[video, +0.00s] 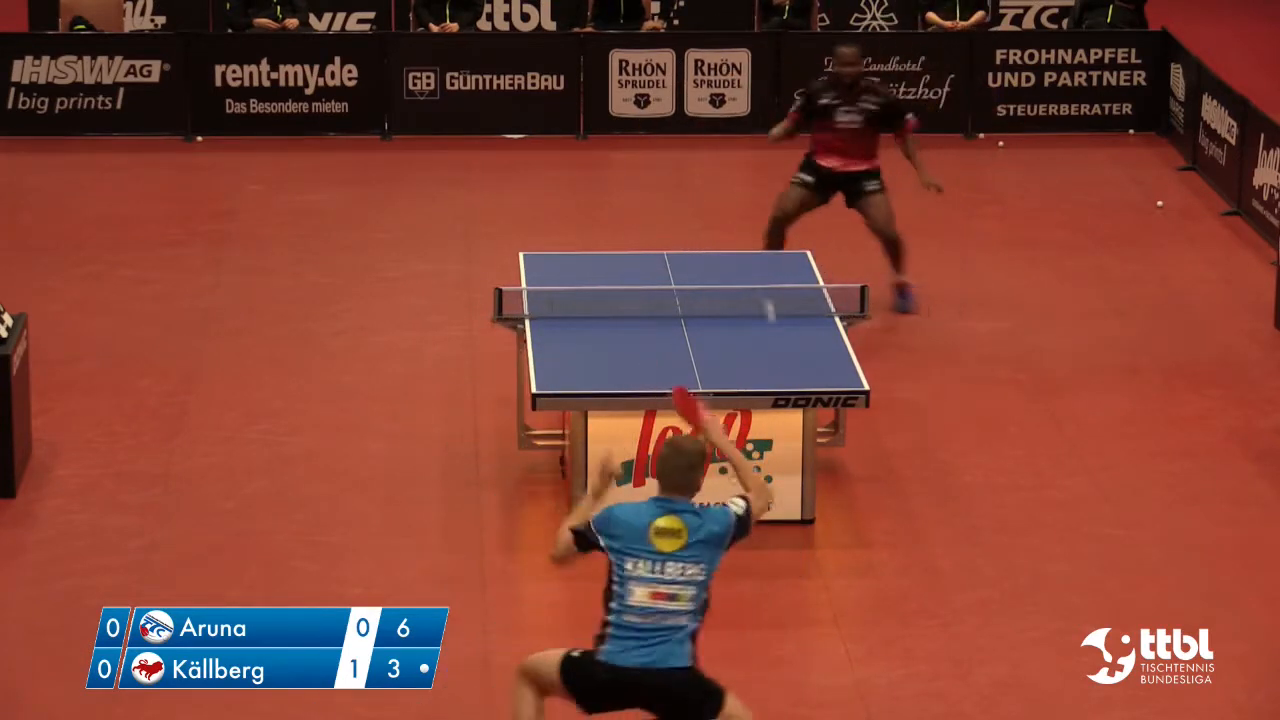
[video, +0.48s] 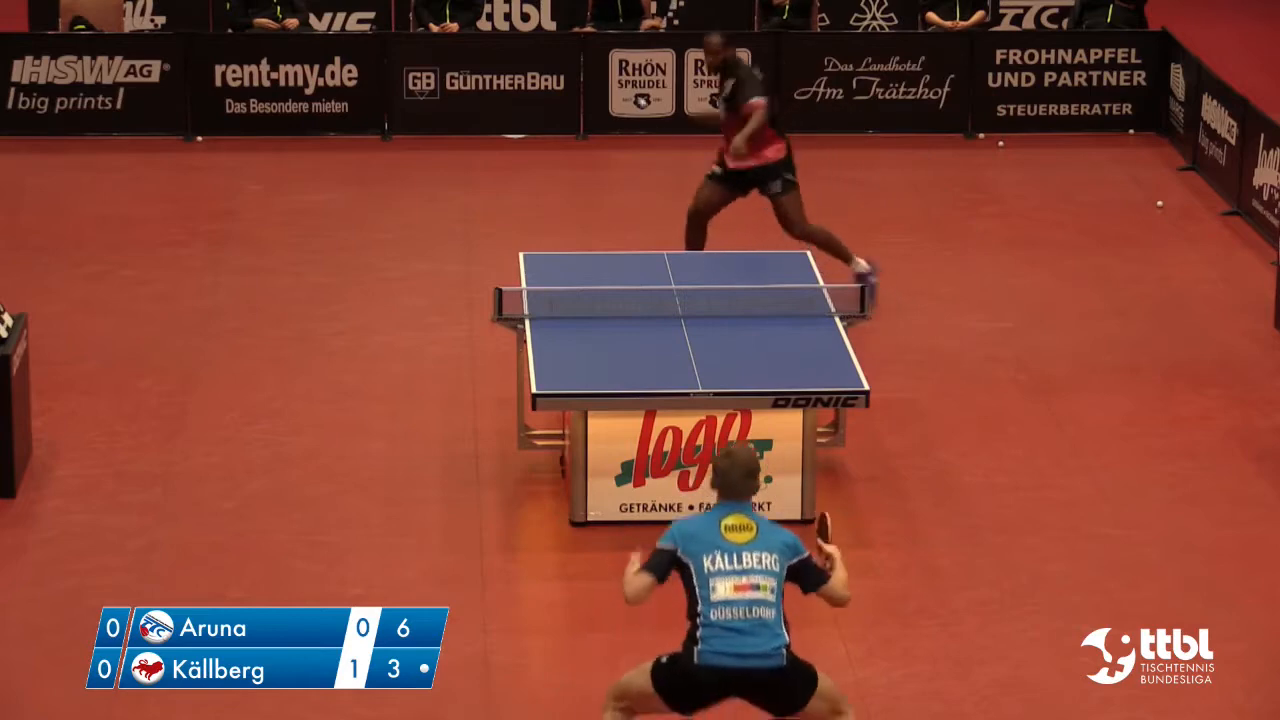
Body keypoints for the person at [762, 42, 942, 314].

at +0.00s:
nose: (847, 70)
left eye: (853, 65)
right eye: (842, 65)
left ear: (862, 65)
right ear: (833, 66)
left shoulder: (878, 96)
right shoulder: (819, 91)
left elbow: (903, 133)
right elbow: (794, 120)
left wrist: (923, 174)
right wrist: (782, 130)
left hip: (863, 174)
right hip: (820, 170)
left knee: (886, 230)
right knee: (780, 216)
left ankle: (901, 284)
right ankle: (769, 277)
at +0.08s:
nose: (811, 78)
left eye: (816, 72)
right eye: (806, 73)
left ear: (826, 72)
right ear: (798, 74)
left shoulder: (847, 101)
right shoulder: (788, 101)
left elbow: (871, 141)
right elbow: (775, 142)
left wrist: (877, 184)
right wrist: (754, 150)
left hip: (841, 179)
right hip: (800, 176)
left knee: (852, 241)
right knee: (752, 224)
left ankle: (873, 285)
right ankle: (727, 276)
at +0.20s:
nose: (759, 96)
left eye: (765, 90)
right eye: (755, 90)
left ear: (776, 91)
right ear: (749, 92)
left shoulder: (787, 115)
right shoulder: (757, 118)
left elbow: (799, 159)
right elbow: (759, 161)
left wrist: (766, 188)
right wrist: (729, 190)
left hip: (809, 193)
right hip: (775, 192)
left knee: (822, 259)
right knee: (717, 224)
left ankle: (875, 280)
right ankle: (698, 283)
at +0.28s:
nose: (733, 100)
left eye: (738, 94)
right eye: (729, 95)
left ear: (753, 93)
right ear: (725, 94)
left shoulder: (763, 116)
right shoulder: (740, 116)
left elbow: (750, 160)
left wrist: (713, 187)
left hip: (796, 196)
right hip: (760, 192)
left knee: (811, 267)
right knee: (706, 217)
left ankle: (877, 278)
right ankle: (699, 277)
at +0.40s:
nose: (713, 85)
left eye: (718, 79)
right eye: (710, 79)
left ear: (733, 76)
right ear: (708, 77)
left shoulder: (740, 96)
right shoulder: (729, 95)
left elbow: (737, 131)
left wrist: (711, 160)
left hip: (780, 182)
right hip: (745, 180)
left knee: (808, 250)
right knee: (695, 214)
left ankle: (874, 279)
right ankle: (690, 278)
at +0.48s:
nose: (707, 59)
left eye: (712, 53)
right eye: (706, 53)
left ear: (728, 52)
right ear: (708, 54)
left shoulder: (745, 76)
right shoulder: (723, 77)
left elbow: (760, 112)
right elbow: (733, 117)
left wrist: (741, 137)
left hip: (771, 161)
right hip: (736, 163)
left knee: (797, 227)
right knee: (697, 214)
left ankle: (859, 266)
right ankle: (690, 274)